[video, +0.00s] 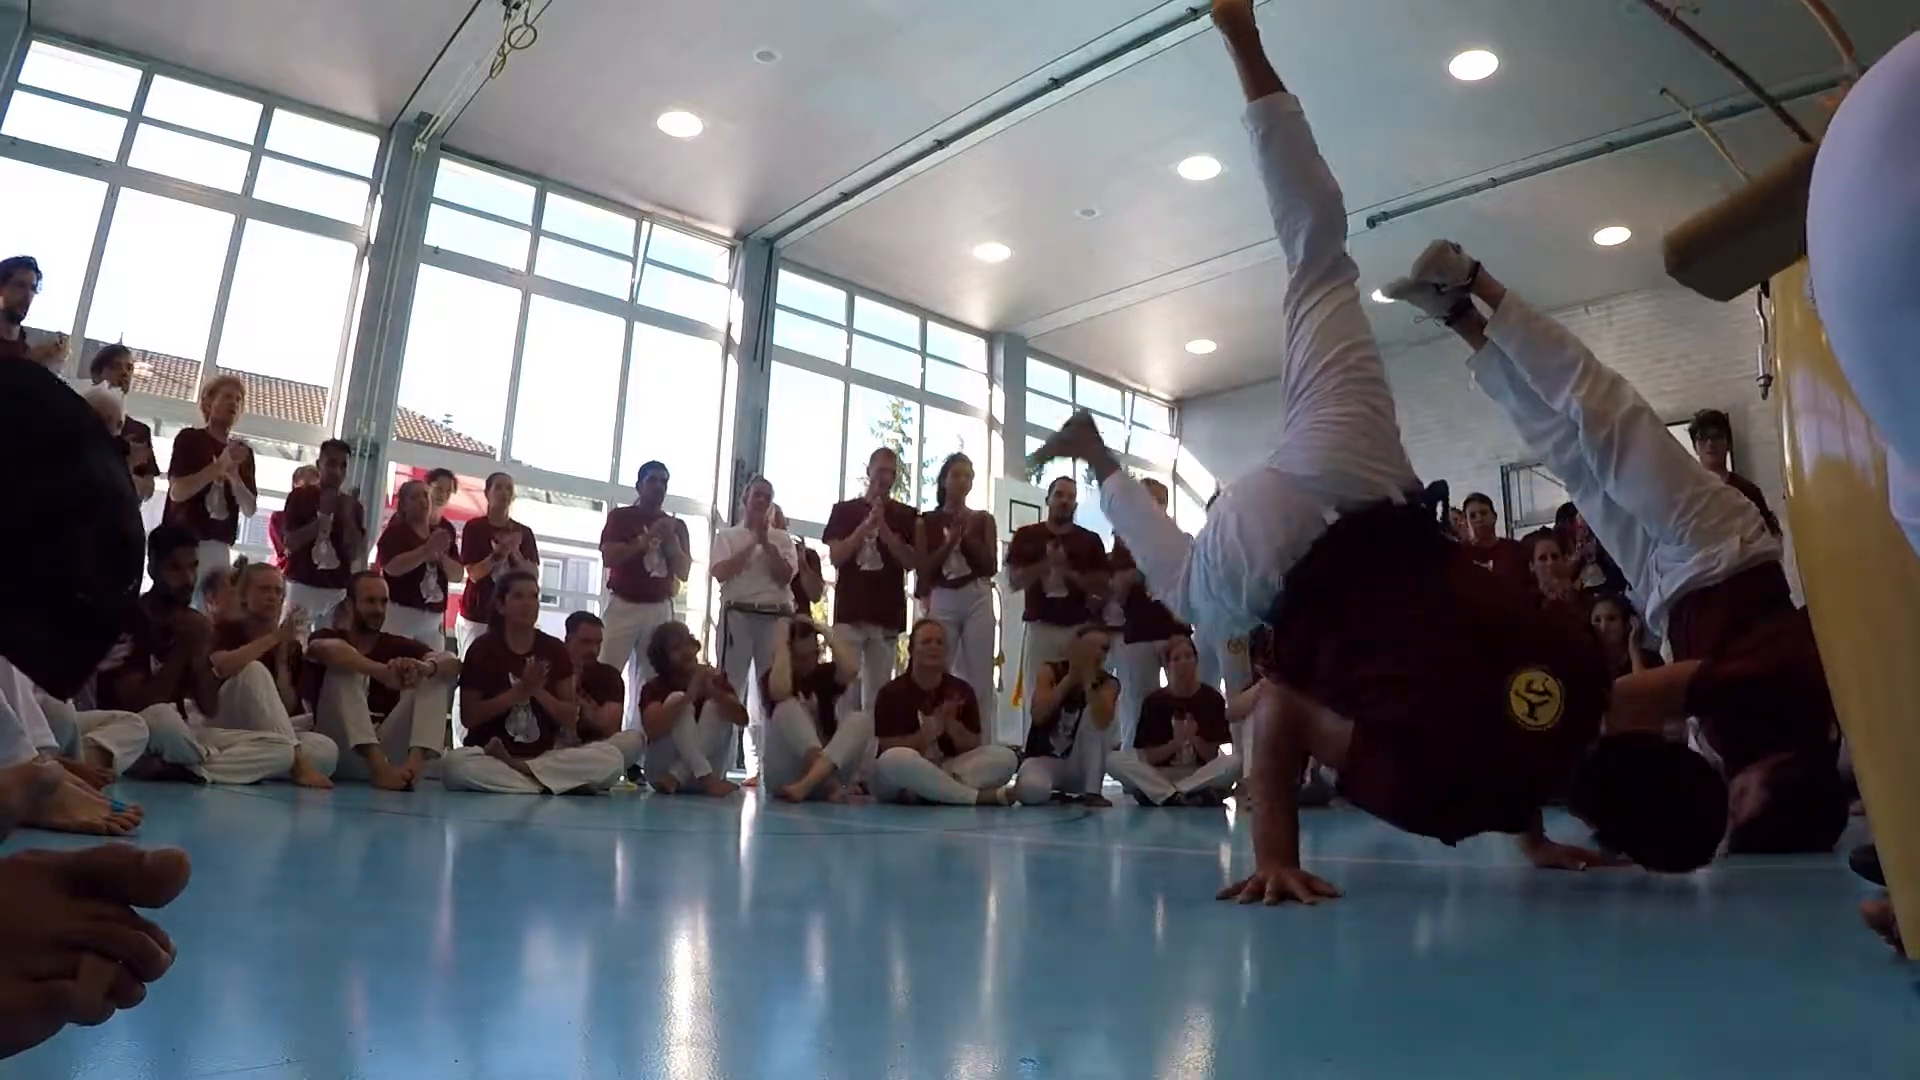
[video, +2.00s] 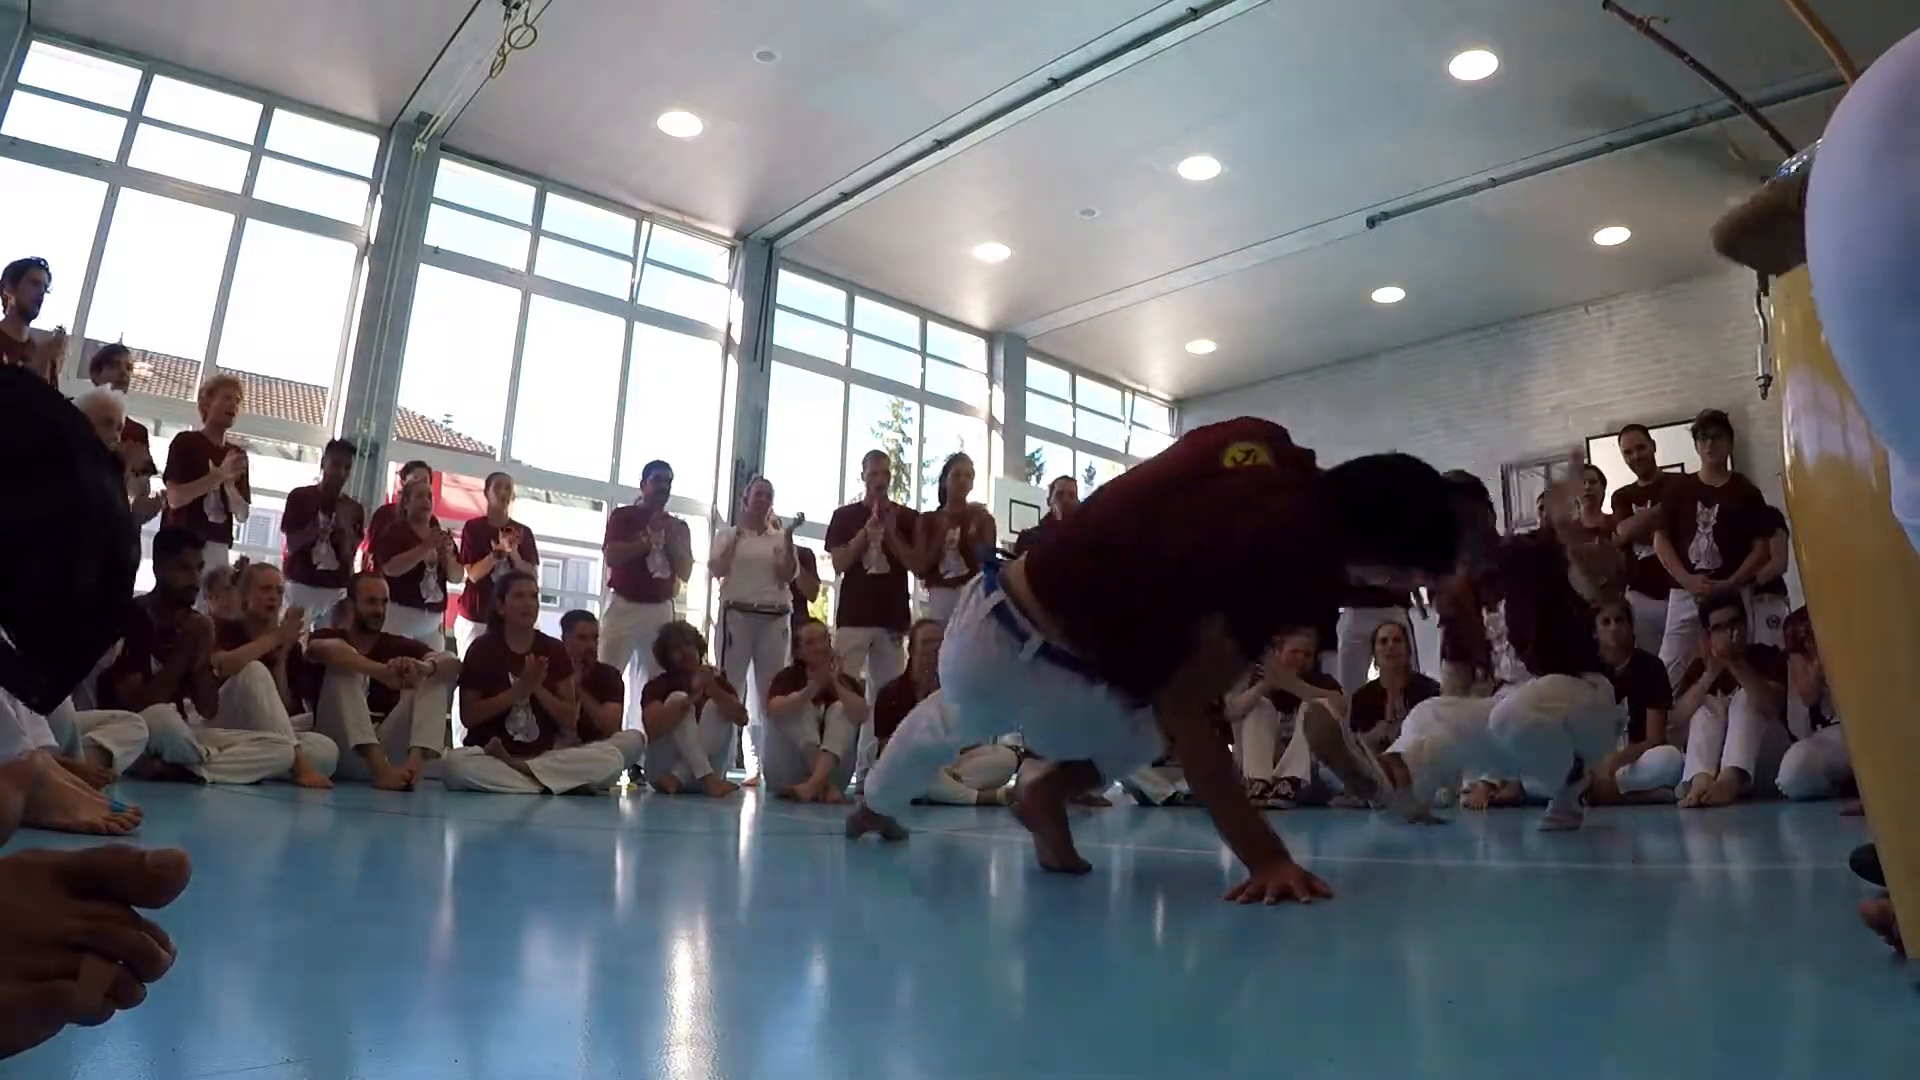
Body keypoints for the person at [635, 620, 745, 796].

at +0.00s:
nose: (687, 651)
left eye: (689, 643)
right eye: (676, 648)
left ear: (695, 646)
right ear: (663, 657)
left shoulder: (715, 679)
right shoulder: (653, 688)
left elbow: (742, 719)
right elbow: (652, 729)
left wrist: (713, 691)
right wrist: (689, 696)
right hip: (664, 772)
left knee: (716, 705)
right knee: (676, 700)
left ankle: (677, 776)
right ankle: (706, 776)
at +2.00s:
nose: (686, 652)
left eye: (689, 645)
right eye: (677, 648)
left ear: (698, 647)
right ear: (666, 656)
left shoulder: (716, 680)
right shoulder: (655, 686)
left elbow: (742, 719)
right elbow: (652, 729)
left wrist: (712, 688)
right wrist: (688, 701)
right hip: (664, 771)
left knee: (719, 704)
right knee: (678, 699)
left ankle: (678, 776)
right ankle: (708, 776)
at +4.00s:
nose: (688, 655)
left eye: (691, 647)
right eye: (679, 651)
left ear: (699, 650)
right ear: (667, 658)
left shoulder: (714, 681)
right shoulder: (655, 687)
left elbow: (742, 718)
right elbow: (653, 727)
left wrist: (711, 690)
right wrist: (694, 693)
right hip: (664, 772)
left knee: (717, 705)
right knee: (678, 700)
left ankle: (678, 776)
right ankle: (707, 775)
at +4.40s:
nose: (688, 650)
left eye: (690, 644)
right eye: (679, 647)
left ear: (697, 647)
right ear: (666, 654)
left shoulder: (714, 681)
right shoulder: (653, 687)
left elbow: (741, 717)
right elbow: (654, 729)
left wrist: (709, 690)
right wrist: (689, 696)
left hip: (710, 769)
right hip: (664, 771)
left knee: (717, 704)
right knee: (677, 700)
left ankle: (678, 776)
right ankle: (706, 776)